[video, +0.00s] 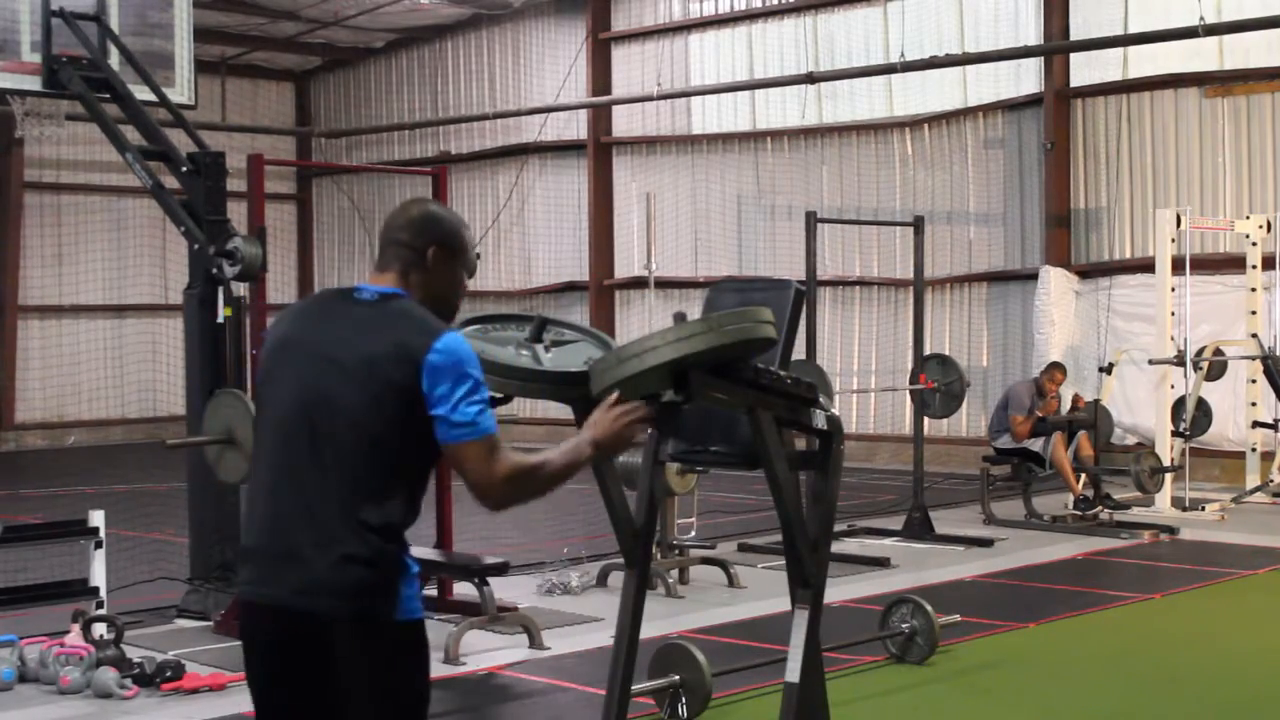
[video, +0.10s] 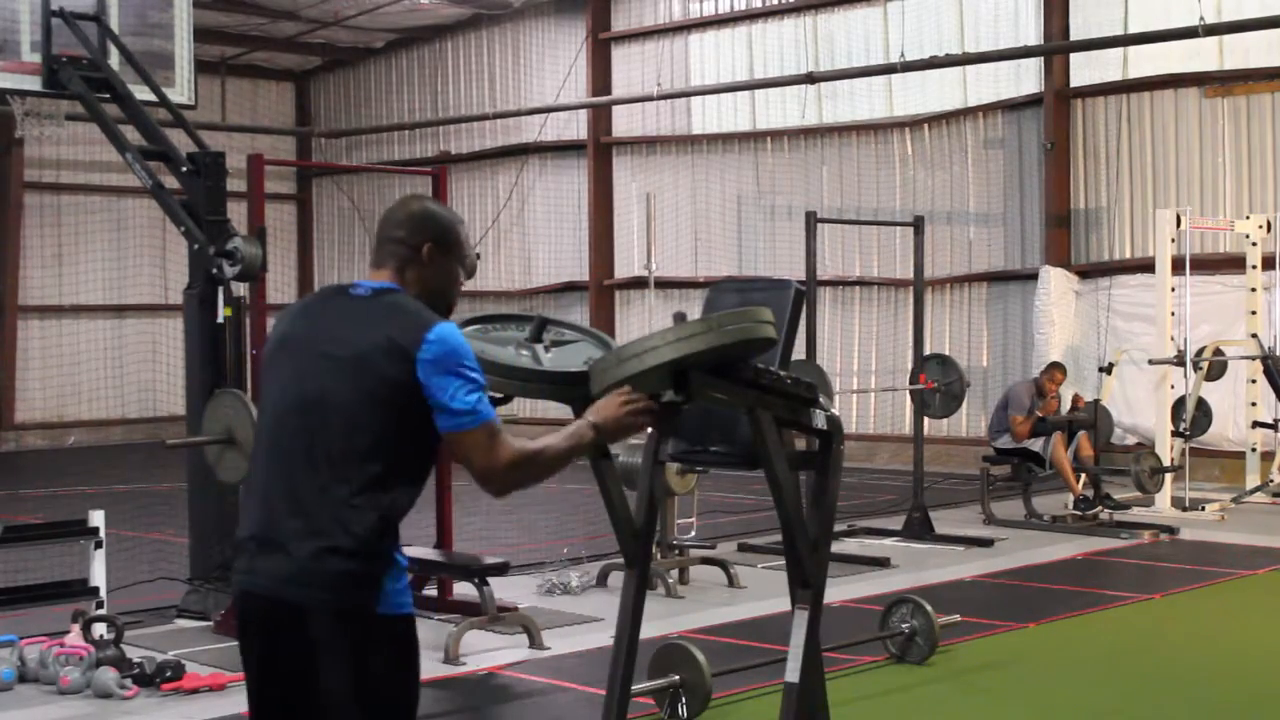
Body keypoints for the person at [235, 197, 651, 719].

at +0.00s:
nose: (466, 290)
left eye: (470, 274)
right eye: (466, 271)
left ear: (381, 256)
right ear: (433, 258)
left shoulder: (289, 325)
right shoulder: (434, 346)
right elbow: (496, 484)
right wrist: (591, 441)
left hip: (268, 603)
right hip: (367, 607)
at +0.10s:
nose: (463, 286)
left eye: (467, 270)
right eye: (462, 268)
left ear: (380, 255)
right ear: (426, 256)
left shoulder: (293, 321)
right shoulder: (428, 337)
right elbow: (499, 470)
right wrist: (593, 428)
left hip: (262, 592)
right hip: (355, 599)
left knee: (281, 714)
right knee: (377, 713)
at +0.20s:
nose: (451, 291)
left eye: (455, 275)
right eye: (450, 272)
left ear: (375, 256)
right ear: (418, 257)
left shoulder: (301, 318)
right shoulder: (413, 336)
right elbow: (493, 461)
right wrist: (596, 434)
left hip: (253, 584)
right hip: (342, 591)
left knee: (278, 712)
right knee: (373, 708)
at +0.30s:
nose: (452, 292)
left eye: (454, 276)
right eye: (449, 274)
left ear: (375, 267)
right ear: (416, 265)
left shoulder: (311, 324)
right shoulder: (397, 334)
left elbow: (466, 428)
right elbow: (494, 448)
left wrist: (564, 424)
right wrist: (599, 433)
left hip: (235, 586)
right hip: (320, 597)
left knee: (265, 713)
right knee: (367, 710)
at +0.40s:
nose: (453, 307)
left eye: (454, 292)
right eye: (450, 290)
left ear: (384, 278)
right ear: (415, 281)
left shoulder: (312, 335)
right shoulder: (396, 336)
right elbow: (496, 439)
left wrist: (514, 421)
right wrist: (601, 433)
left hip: (215, 590)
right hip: (301, 601)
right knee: (360, 714)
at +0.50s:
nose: (444, 330)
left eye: (447, 314)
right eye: (443, 313)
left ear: (377, 291)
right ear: (410, 294)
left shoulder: (310, 339)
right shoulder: (391, 342)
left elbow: (369, 449)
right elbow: (495, 443)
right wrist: (602, 434)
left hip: (199, 586)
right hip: (287, 599)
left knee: (218, 716)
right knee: (334, 712)